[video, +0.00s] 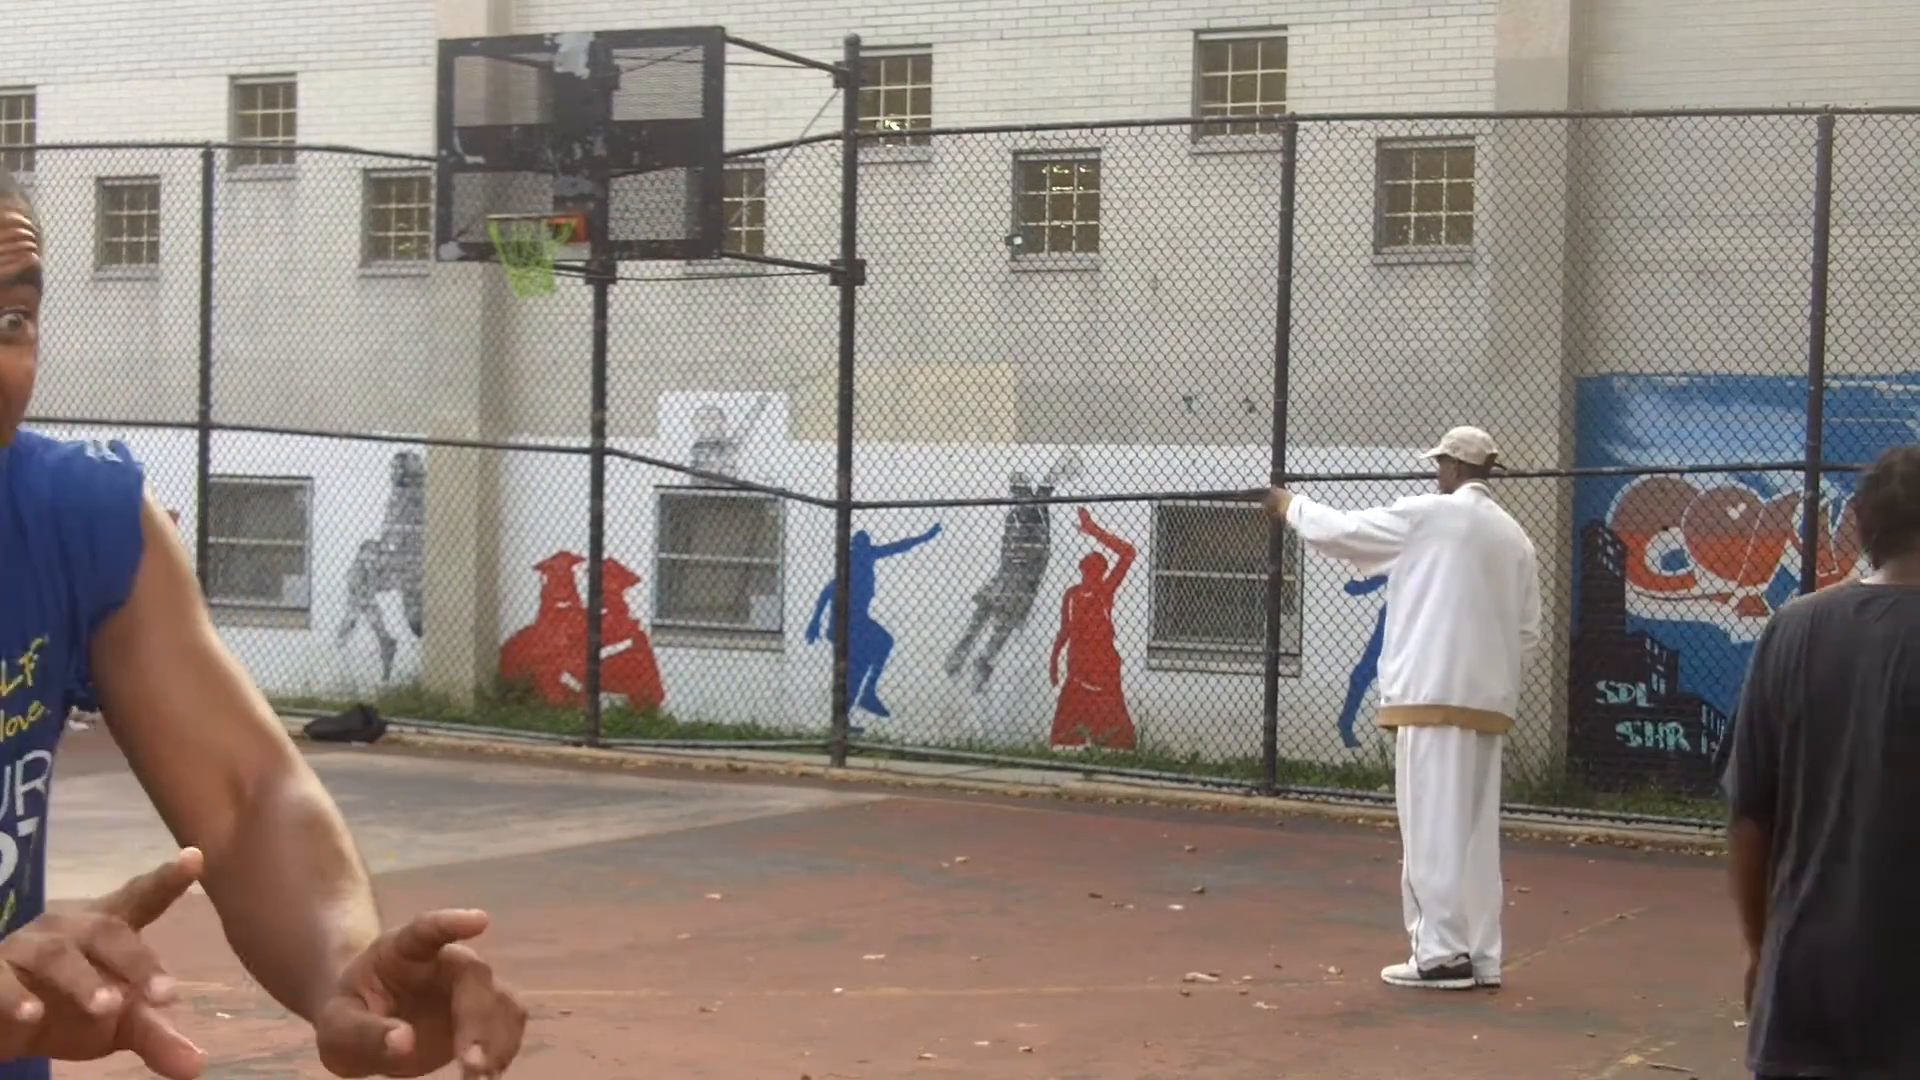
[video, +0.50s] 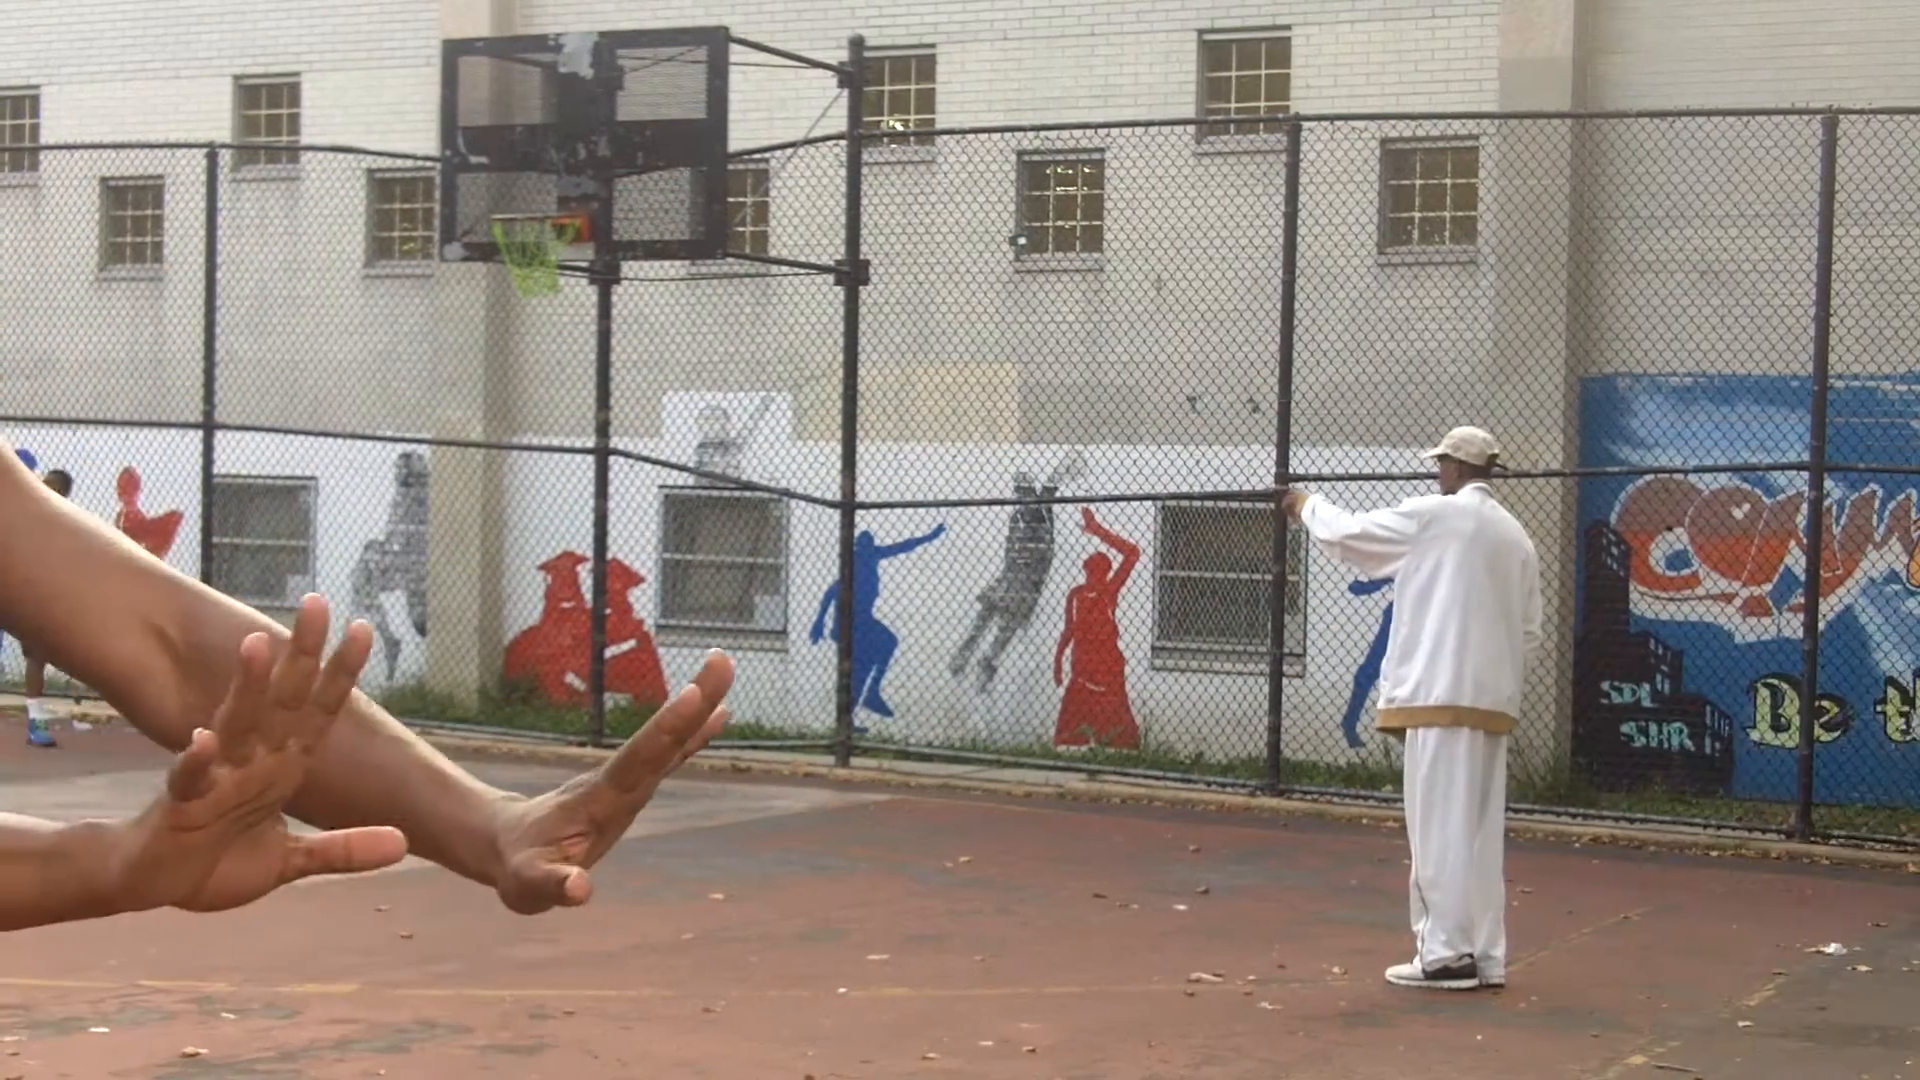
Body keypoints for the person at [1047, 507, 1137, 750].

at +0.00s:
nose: (1093, 574)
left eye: (1097, 569)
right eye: (1089, 569)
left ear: (1103, 572)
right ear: (1082, 569)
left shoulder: (1107, 589)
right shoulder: (1072, 593)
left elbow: (1128, 553)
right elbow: (1065, 629)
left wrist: (1094, 530)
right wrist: (1054, 658)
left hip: (1104, 657)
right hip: (1078, 657)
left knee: (1107, 704)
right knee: (1074, 704)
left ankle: (1116, 746)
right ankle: (1067, 745)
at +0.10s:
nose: (1093, 574)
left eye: (1097, 569)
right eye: (1089, 569)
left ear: (1103, 572)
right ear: (1082, 569)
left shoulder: (1108, 589)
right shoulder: (1072, 594)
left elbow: (1128, 553)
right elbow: (1065, 629)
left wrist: (1094, 530)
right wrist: (1054, 659)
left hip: (1104, 657)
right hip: (1079, 657)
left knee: (1107, 704)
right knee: (1074, 704)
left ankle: (1116, 746)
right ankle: (1067, 745)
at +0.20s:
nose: (1093, 574)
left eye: (1097, 569)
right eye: (1089, 569)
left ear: (1103, 572)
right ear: (1082, 569)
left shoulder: (1108, 589)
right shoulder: (1072, 593)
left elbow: (1128, 553)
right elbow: (1065, 629)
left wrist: (1094, 531)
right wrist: (1054, 659)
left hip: (1104, 657)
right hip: (1079, 658)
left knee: (1107, 704)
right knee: (1074, 704)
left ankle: (1116, 746)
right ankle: (1068, 745)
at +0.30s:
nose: (1093, 575)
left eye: (1098, 570)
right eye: (1090, 569)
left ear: (1104, 572)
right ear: (1083, 569)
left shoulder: (1109, 589)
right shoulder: (1073, 593)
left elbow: (1130, 553)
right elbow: (1067, 629)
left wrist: (1096, 531)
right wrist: (1056, 658)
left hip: (1105, 656)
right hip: (1080, 657)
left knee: (1109, 703)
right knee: (1076, 703)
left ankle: (1118, 745)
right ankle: (1069, 744)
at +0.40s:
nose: (1095, 575)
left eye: (1100, 570)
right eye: (1092, 569)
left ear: (1106, 572)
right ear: (1085, 569)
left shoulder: (1111, 589)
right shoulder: (1075, 593)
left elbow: (1131, 553)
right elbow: (1068, 629)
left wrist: (1097, 530)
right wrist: (1057, 658)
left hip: (1107, 656)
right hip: (1082, 657)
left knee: (1110, 703)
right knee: (1077, 703)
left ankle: (1120, 745)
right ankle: (1070, 745)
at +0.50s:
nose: (1096, 575)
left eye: (1101, 570)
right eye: (1093, 569)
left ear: (1106, 572)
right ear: (1086, 569)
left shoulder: (1112, 589)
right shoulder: (1076, 593)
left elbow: (1132, 553)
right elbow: (1069, 629)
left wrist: (1098, 531)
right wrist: (1058, 658)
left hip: (1108, 656)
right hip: (1083, 656)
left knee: (1111, 703)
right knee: (1078, 702)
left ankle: (1120, 745)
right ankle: (1071, 745)